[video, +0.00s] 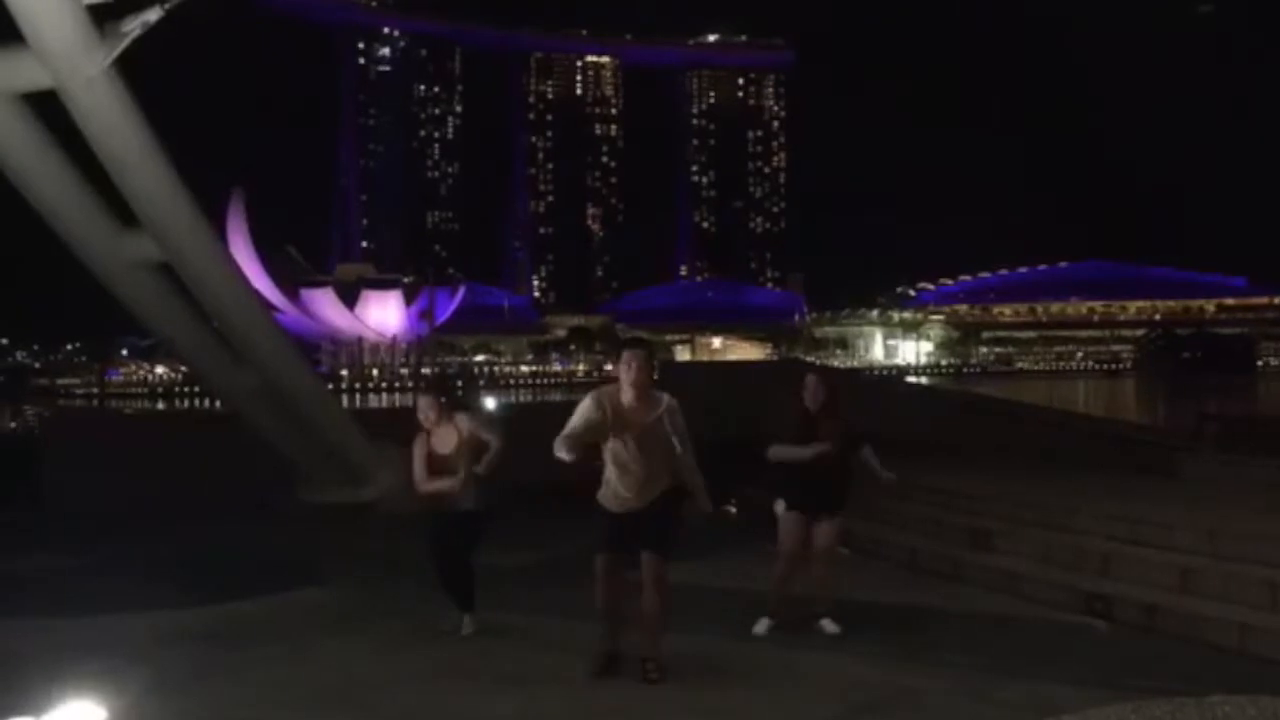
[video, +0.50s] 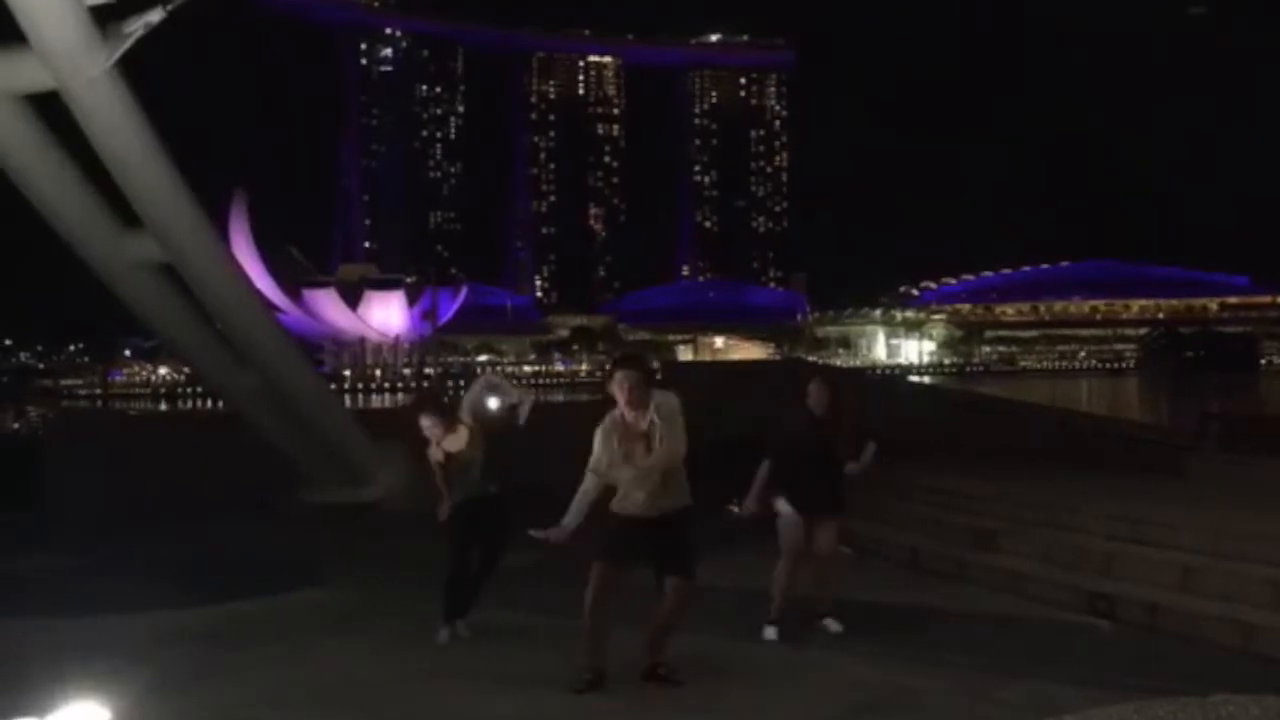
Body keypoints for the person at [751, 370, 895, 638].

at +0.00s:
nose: (810, 394)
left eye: (816, 388)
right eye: (807, 388)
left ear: (827, 392)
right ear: (801, 391)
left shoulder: (838, 423)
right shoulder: (792, 419)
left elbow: (863, 449)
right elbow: (773, 451)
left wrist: (880, 473)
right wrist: (809, 452)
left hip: (829, 498)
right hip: (793, 497)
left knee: (824, 559)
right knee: (787, 555)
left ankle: (823, 614)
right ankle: (772, 614)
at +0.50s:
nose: (817, 400)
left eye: (821, 395)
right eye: (813, 395)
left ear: (830, 398)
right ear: (805, 397)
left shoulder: (835, 428)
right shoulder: (793, 425)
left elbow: (842, 468)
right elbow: (769, 463)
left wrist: (861, 464)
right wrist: (753, 497)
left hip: (826, 500)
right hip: (792, 499)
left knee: (826, 558)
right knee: (789, 557)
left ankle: (824, 613)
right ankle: (774, 620)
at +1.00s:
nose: (797, 405)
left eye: (802, 399)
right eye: (794, 398)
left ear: (810, 401)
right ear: (786, 399)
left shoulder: (817, 429)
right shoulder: (777, 426)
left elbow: (805, 470)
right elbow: (759, 456)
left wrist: (761, 474)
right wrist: (738, 480)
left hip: (817, 501)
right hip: (782, 501)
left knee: (822, 557)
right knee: (779, 555)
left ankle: (822, 612)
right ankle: (767, 610)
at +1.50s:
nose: (756, 404)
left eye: (761, 398)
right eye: (752, 398)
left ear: (772, 400)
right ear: (746, 400)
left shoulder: (786, 425)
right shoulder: (738, 427)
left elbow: (819, 448)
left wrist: (846, 471)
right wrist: (696, 484)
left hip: (781, 495)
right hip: (748, 494)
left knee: (770, 550)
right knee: (749, 553)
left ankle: (785, 616)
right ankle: (761, 614)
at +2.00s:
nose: (768, 393)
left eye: (772, 387)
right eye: (764, 388)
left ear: (781, 389)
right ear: (756, 390)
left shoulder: (794, 416)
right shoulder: (747, 420)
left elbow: (814, 446)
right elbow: (737, 465)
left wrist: (825, 468)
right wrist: (768, 479)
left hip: (796, 495)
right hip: (761, 498)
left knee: (801, 555)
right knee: (763, 556)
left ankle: (802, 613)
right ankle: (756, 612)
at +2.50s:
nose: (785, 394)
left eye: (789, 389)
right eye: (781, 389)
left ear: (798, 390)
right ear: (774, 391)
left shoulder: (804, 416)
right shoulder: (767, 414)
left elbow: (808, 449)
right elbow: (760, 438)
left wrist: (826, 459)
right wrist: (800, 435)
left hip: (803, 494)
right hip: (771, 495)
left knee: (810, 555)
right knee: (772, 557)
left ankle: (804, 614)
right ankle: (736, 625)